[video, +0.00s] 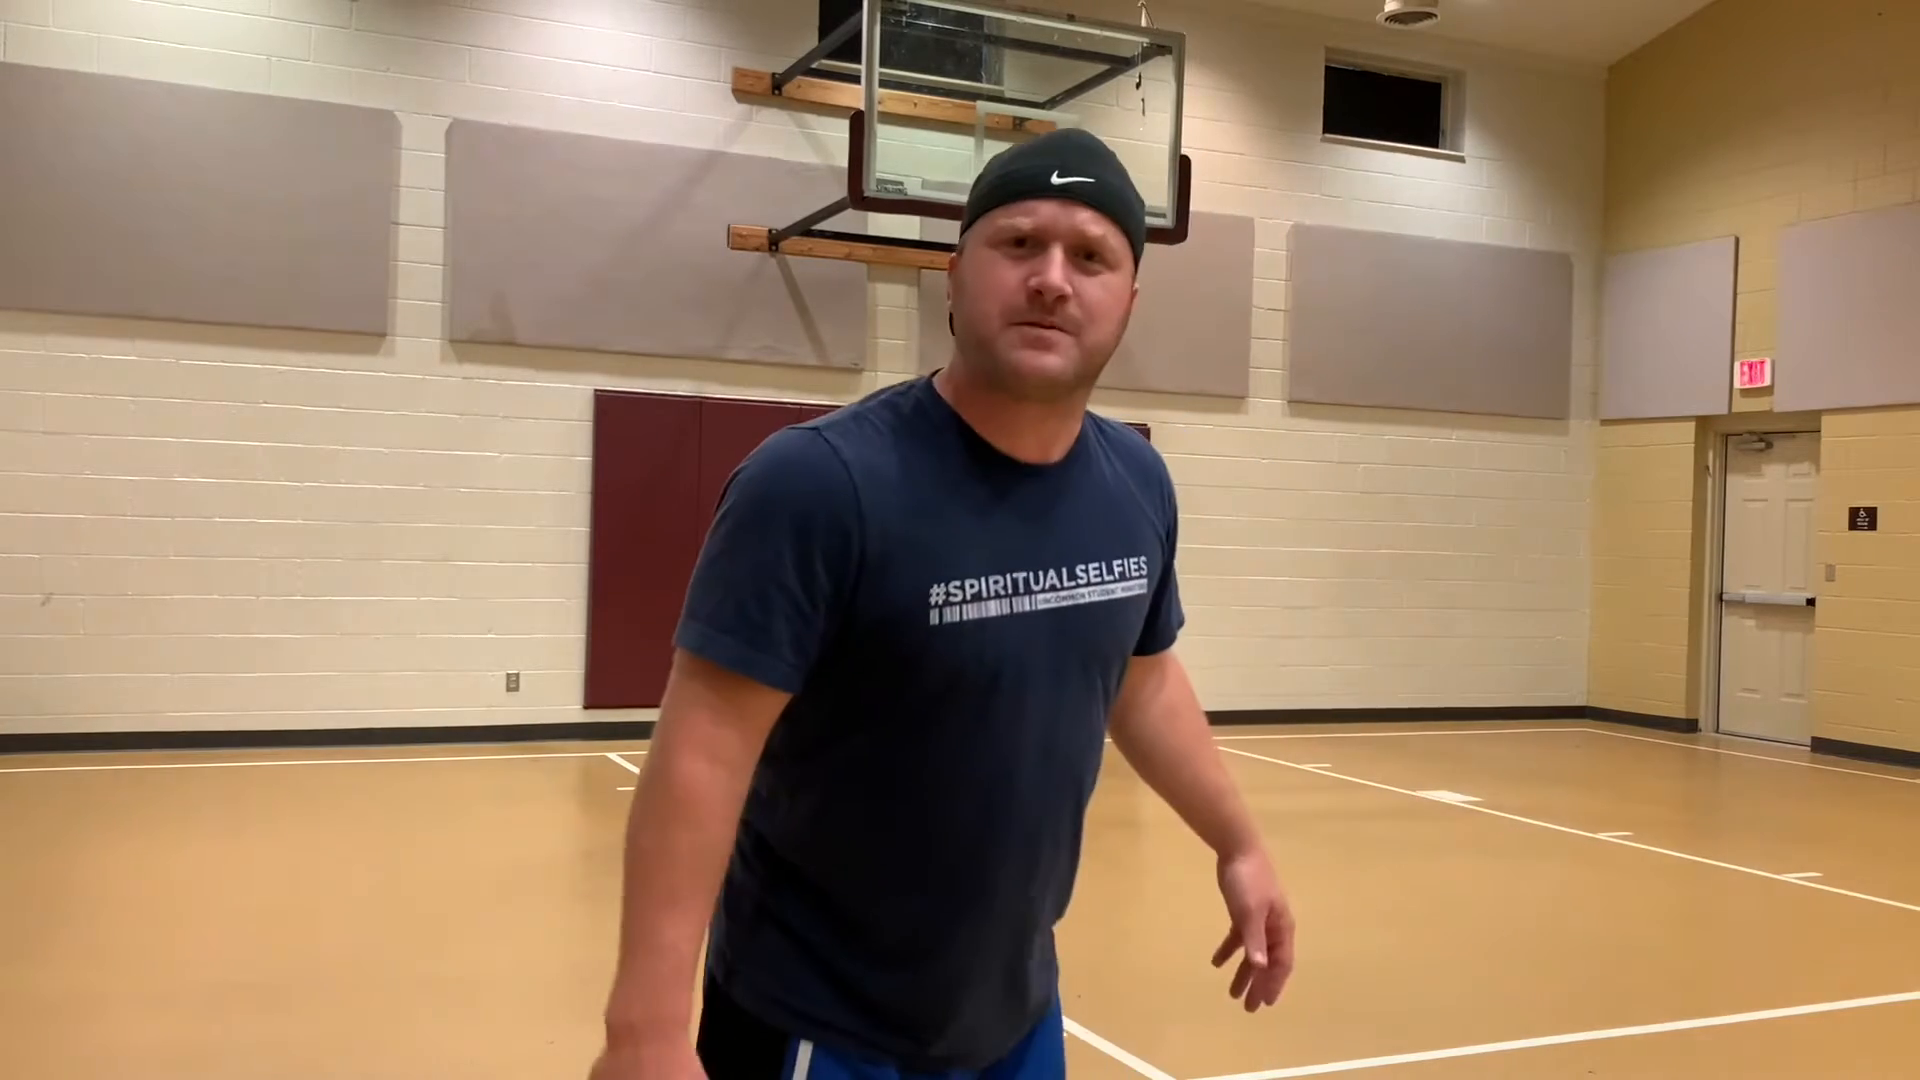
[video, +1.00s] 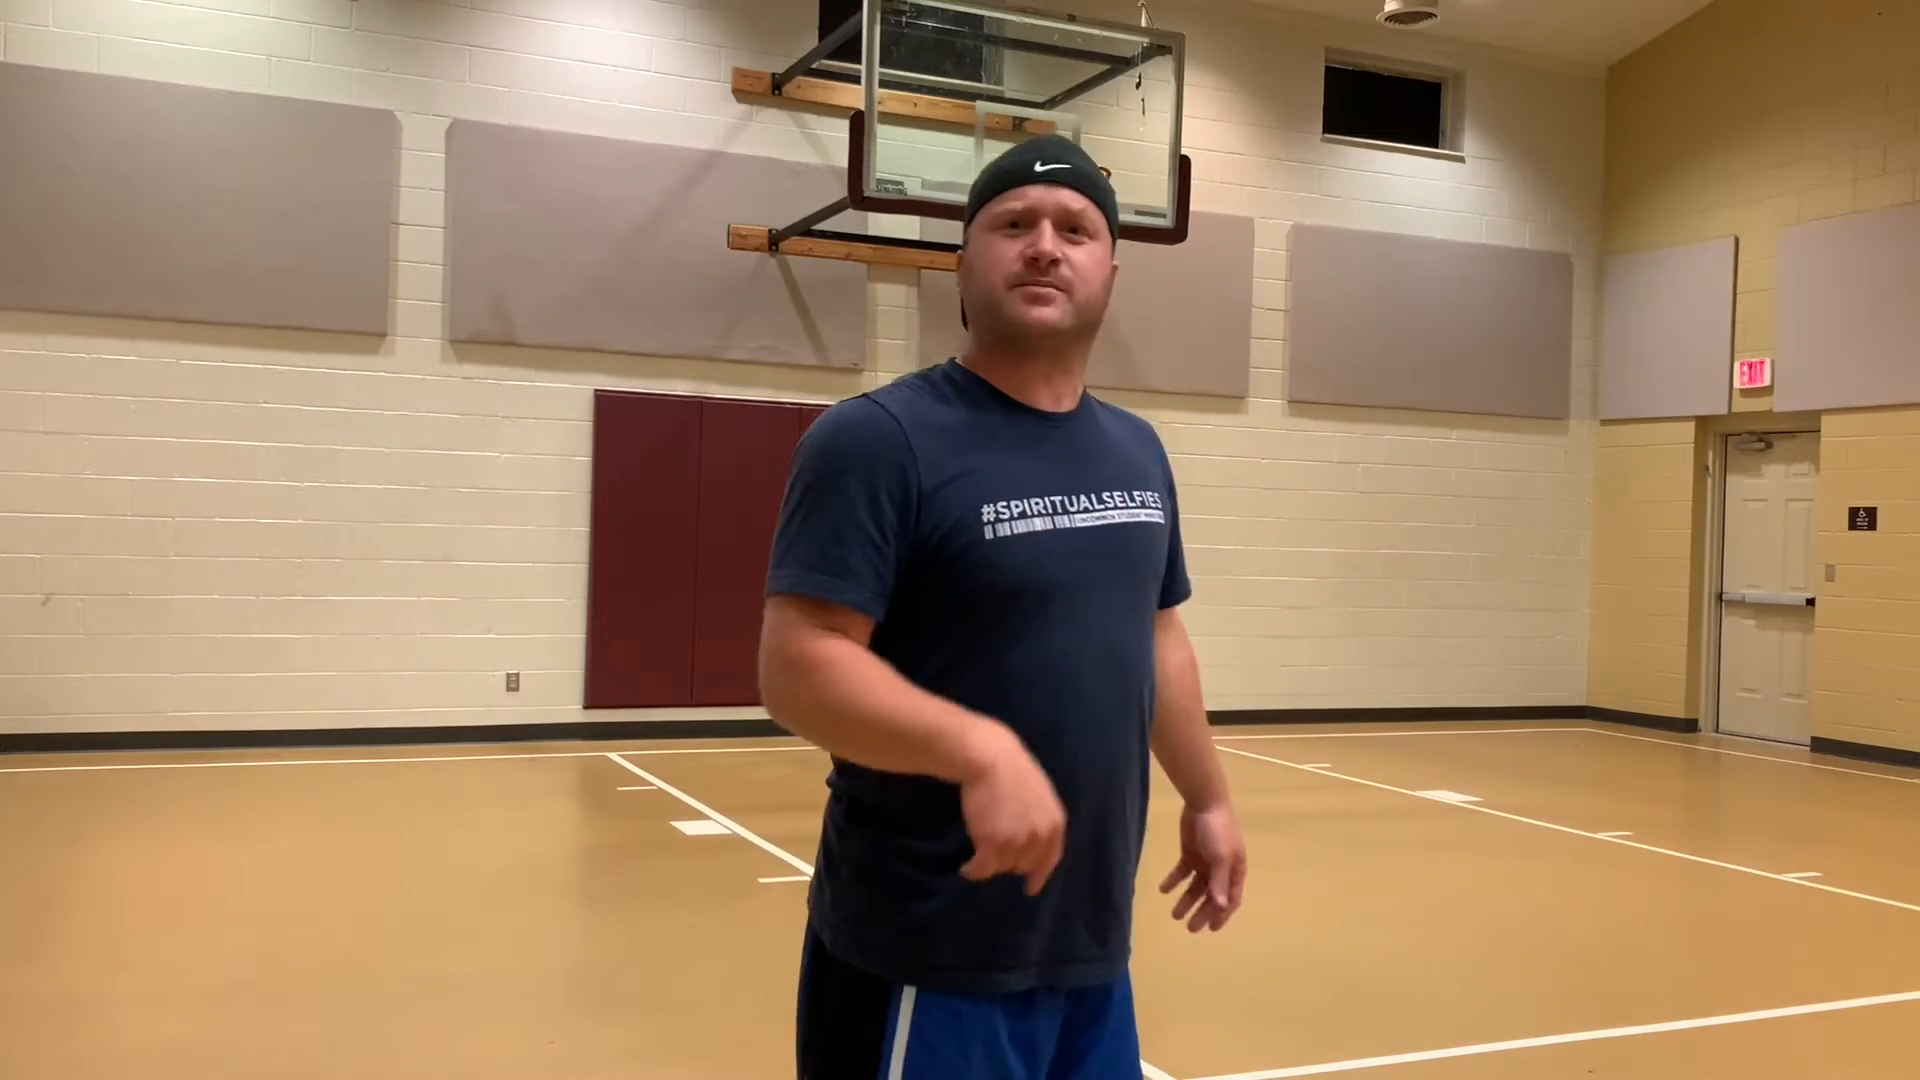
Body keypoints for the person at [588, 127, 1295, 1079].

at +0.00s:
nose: (1051, 279)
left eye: (1089, 258)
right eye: (1018, 245)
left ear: (1128, 300)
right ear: (954, 273)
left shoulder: (1132, 484)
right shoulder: (814, 486)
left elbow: (1145, 677)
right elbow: (704, 744)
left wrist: (1240, 840)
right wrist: (647, 1027)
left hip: (1012, 1010)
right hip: (815, 1022)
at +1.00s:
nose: (1044, 247)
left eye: (1074, 229)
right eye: (1014, 224)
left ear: (1112, 273)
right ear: (962, 263)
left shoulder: (1135, 450)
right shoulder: (875, 440)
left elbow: (1155, 631)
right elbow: (797, 663)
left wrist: (1207, 794)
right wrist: (981, 750)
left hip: (1089, 947)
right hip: (918, 958)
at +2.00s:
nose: (1005, 246)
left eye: (1036, 223)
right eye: (971, 219)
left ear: (1073, 263)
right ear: (914, 257)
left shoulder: (1106, 443)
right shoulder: (837, 448)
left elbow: (1147, 633)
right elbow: (806, 694)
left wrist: (1238, 804)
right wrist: (1039, 730)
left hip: (1076, 960)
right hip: (903, 977)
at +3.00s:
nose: (1005, 292)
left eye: (1038, 262)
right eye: (972, 258)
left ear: (1079, 281)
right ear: (917, 273)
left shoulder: (1092, 447)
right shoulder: (824, 483)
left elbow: (1116, 631)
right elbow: (766, 739)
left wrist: (1194, 799)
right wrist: (787, 1013)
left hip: (1059, 985)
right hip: (894, 1008)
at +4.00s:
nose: (1058, 262)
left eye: (1088, 243)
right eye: (1026, 236)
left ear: (1119, 285)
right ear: (967, 272)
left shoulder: (1153, 443)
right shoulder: (883, 454)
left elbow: (1274, 605)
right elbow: (819, 692)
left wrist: (1210, 597)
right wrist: (960, 900)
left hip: (1077, 965)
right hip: (908, 975)